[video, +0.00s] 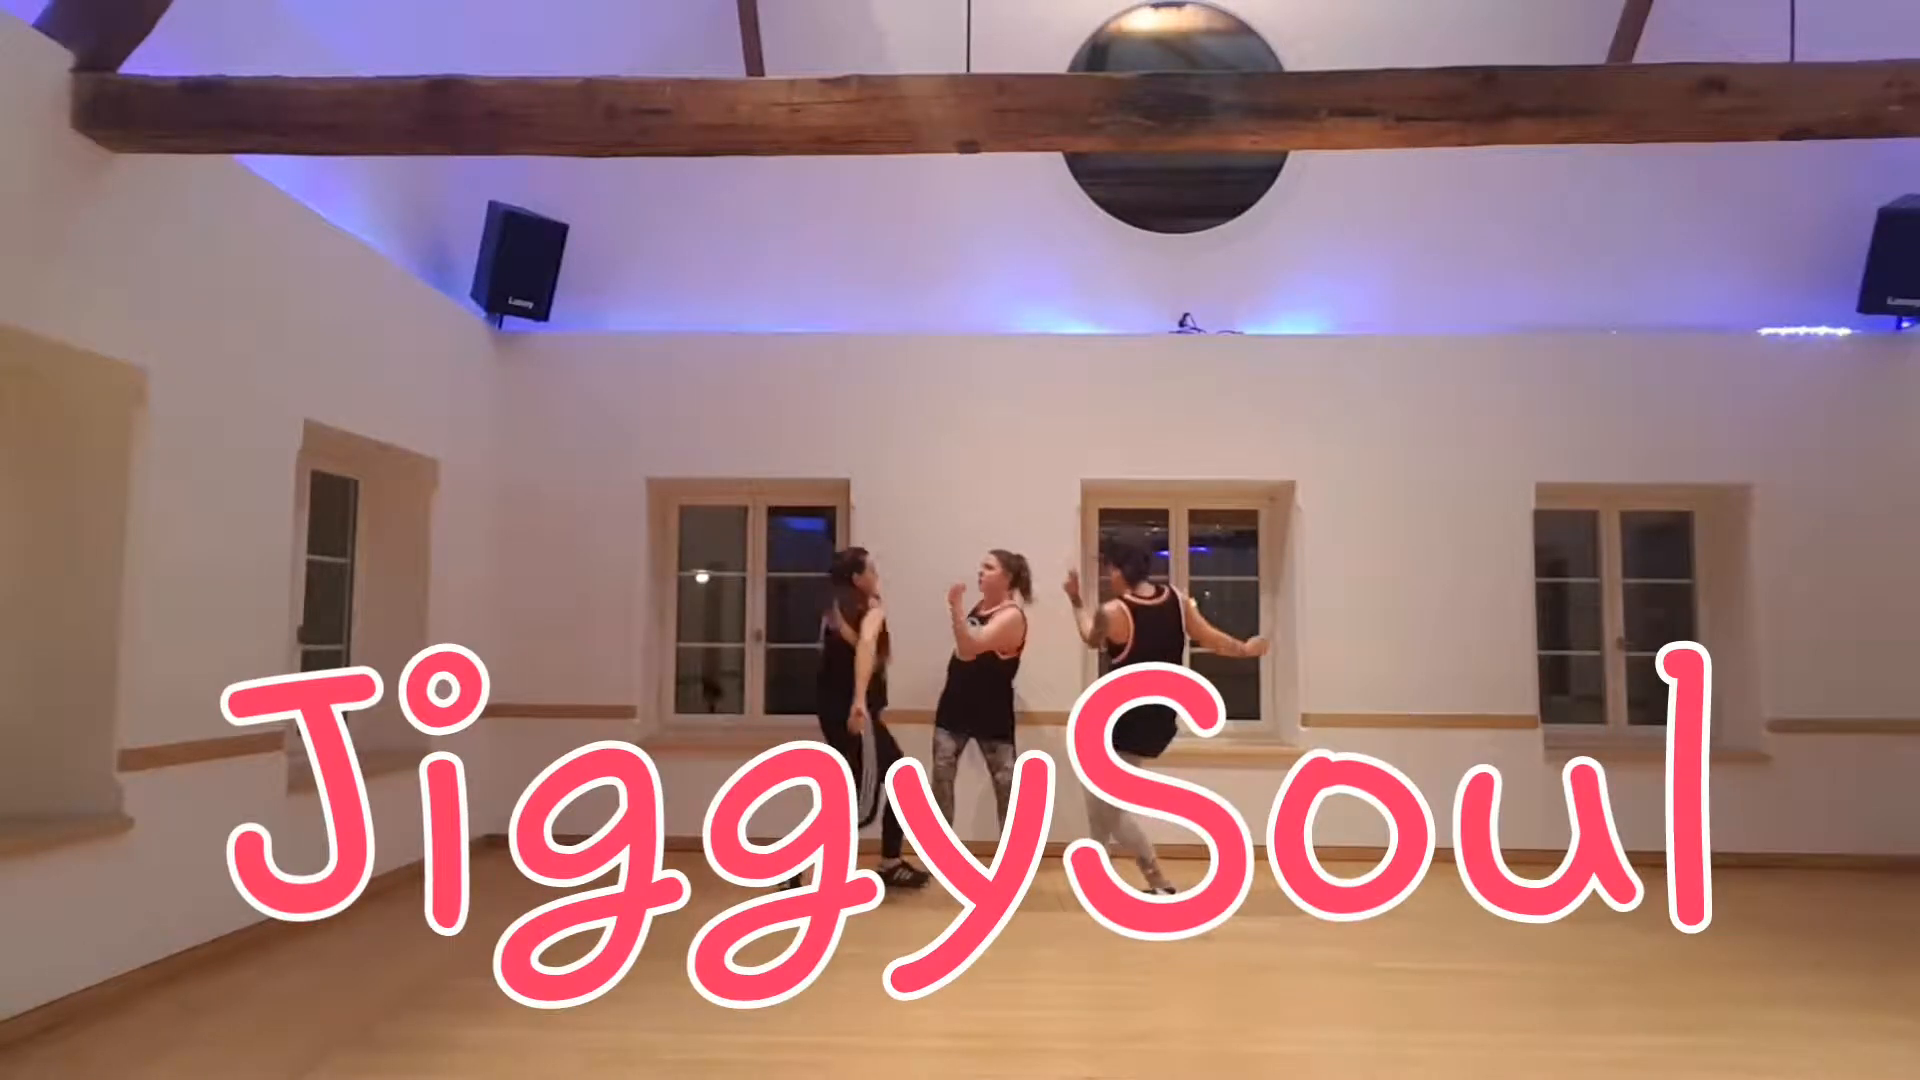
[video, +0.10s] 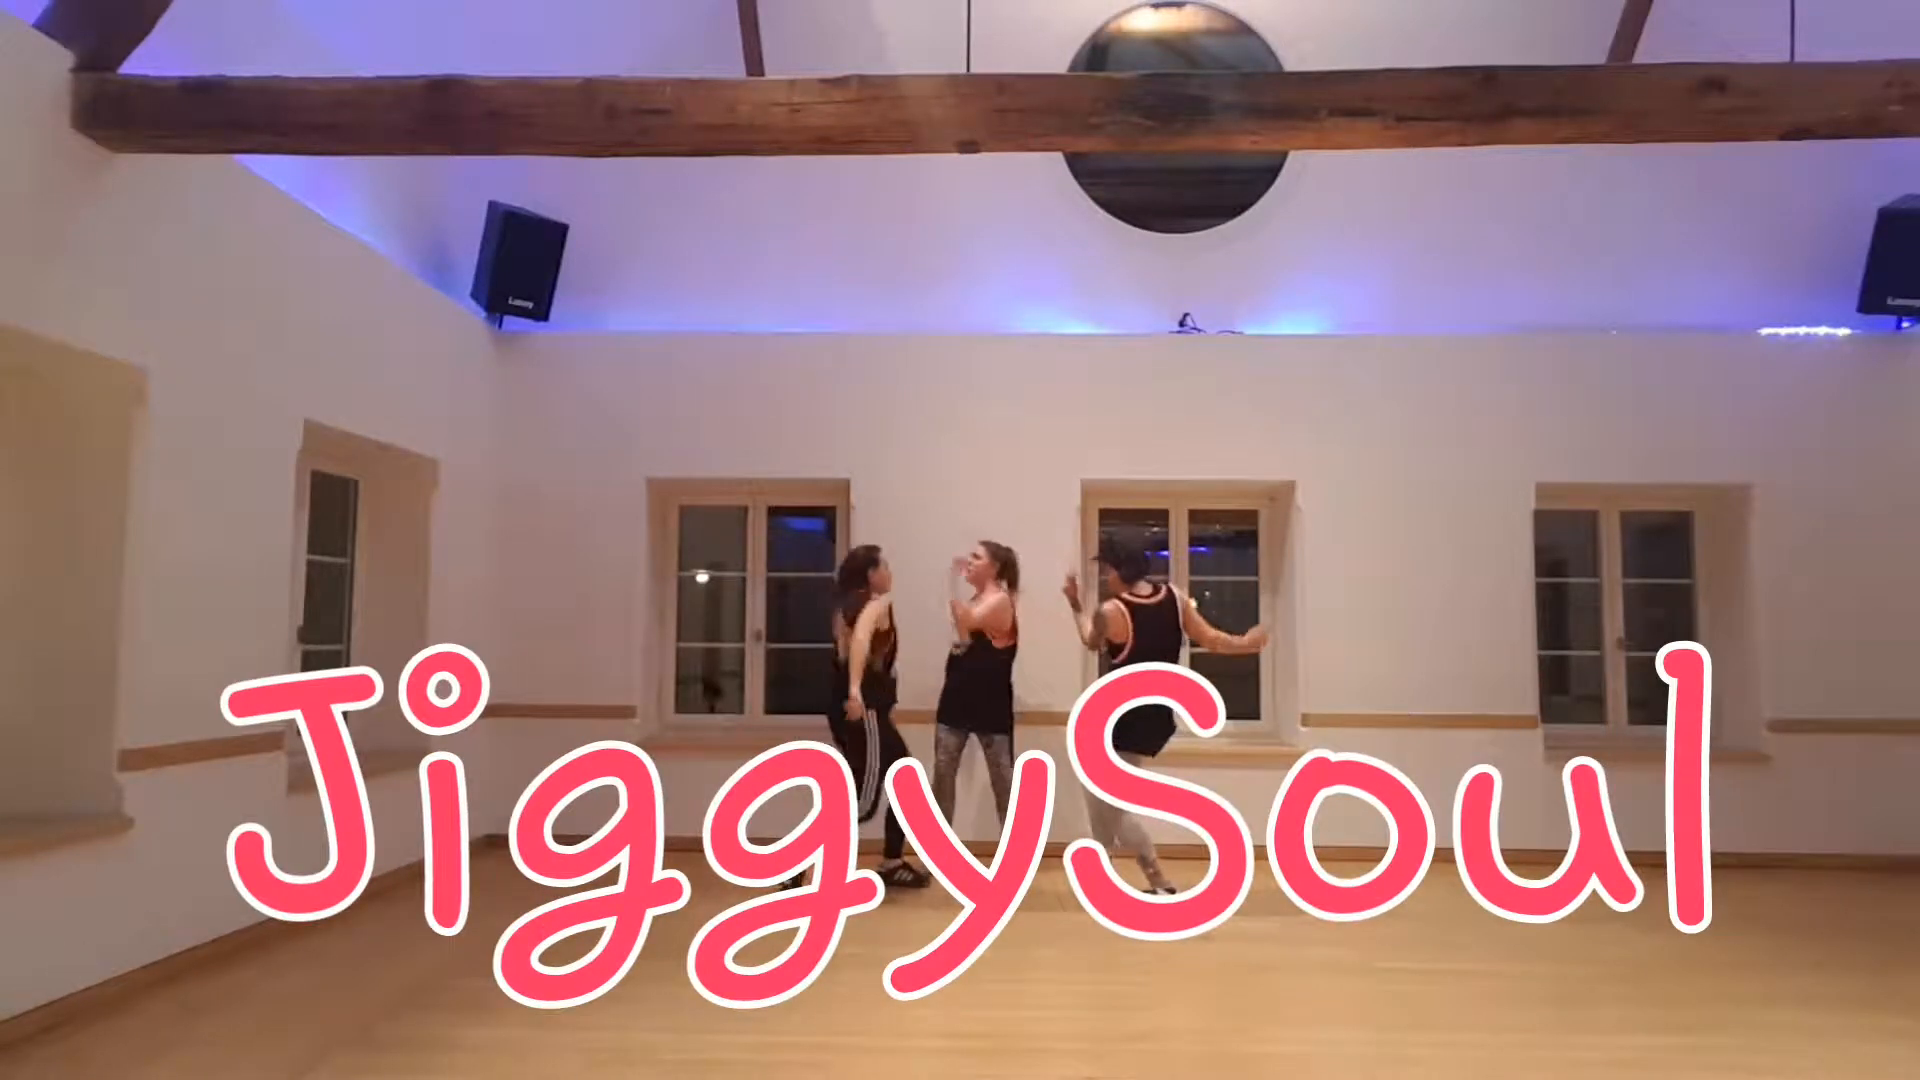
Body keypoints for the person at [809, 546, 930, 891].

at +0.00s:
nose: (876, 574)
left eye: (874, 568)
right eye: (871, 570)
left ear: (847, 578)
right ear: (857, 577)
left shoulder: (834, 609)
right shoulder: (872, 611)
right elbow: (865, 650)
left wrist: (873, 606)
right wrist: (859, 701)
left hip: (832, 712)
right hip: (857, 714)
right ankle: (891, 860)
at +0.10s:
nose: (889, 571)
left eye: (886, 565)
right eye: (883, 566)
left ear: (862, 575)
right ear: (870, 574)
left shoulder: (845, 607)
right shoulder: (878, 604)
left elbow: (843, 655)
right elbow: (860, 641)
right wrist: (854, 692)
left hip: (848, 708)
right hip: (867, 709)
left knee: (901, 774)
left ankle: (893, 861)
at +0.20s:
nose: (903, 560)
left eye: (900, 554)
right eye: (898, 555)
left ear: (883, 560)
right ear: (885, 560)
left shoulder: (887, 594)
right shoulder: (879, 587)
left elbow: (880, 638)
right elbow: (851, 618)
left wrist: (899, 612)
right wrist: (844, 664)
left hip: (884, 694)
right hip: (865, 692)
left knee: (901, 775)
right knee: (864, 780)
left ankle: (892, 861)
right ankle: (805, 853)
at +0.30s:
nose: (913, 553)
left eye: (911, 546)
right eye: (908, 546)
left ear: (895, 553)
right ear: (893, 552)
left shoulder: (902, 588)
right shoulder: (874, 582)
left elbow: (917, 630)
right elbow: (837, 612)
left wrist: (920, 600)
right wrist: (829, 652)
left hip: (896, 688)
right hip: (867, 686)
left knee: (903, 775)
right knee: (866, 775)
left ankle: (892, 861)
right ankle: (809, 846)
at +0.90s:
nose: (898, 558)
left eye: (897, 551)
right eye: (890, 552)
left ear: (898, 556)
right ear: (867, 559)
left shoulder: (912, 582)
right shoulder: (850, 596)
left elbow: (941, 616)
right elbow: (833, 629)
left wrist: (937, 620)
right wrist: (809, 654)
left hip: (910, 693)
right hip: (870, 695)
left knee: (909, 777)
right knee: (856, 775)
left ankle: (891, 861)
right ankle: (836, 857)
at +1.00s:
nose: (894, 565)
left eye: (893, 558)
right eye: (886, 560)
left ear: (892, 563)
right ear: (864, 568)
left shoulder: (907, 590)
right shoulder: (846, 603)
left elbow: (932, 616)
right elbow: (825, 636)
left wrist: (962, 642)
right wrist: (797, 658)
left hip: (906, 702)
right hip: (864, 704)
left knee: (915, 780)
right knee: (850, 783)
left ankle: (893, 863)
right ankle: (830, 860)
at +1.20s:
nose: (888, 572)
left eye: (886, 565)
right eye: (879, 568)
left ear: (887, 572)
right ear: (856, 577)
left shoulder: (907, 604)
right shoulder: (839, 620)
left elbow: (936, 651)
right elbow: (806, 657)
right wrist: (775, 685)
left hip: (894, 712)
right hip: (851, 714)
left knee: (915, 794)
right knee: (838, 794)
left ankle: (892, 864)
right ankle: (833, 866)